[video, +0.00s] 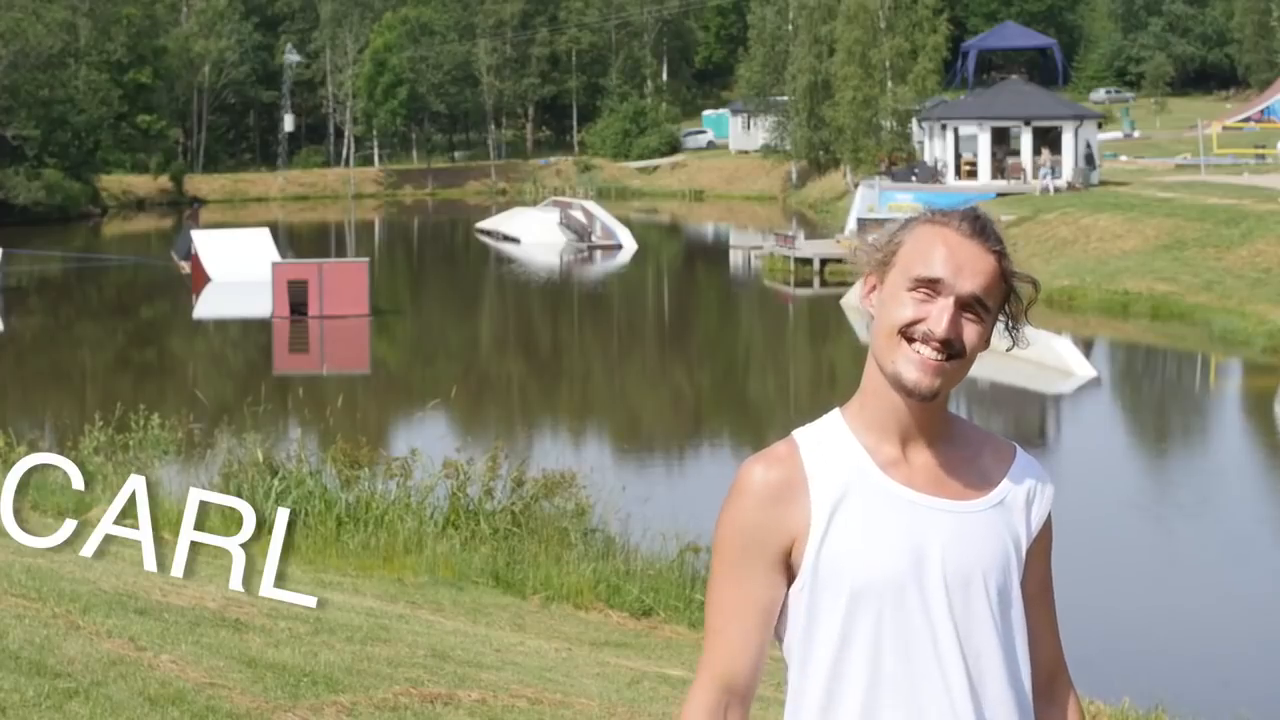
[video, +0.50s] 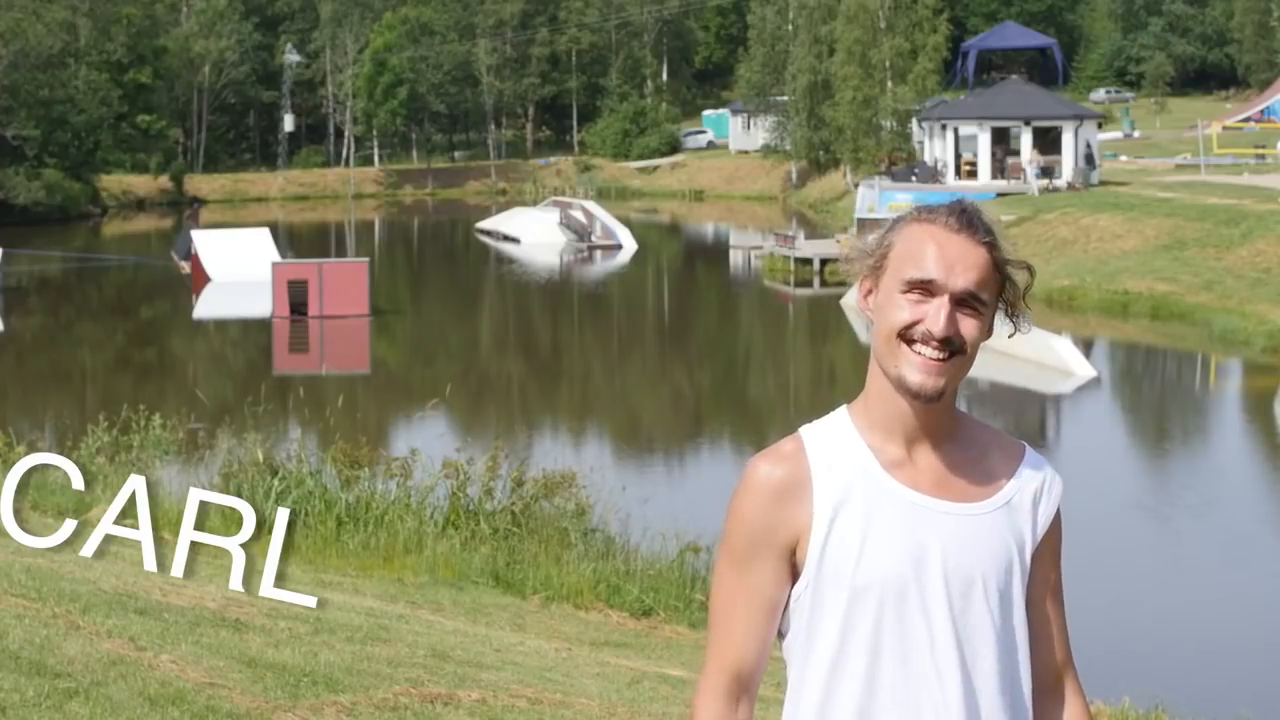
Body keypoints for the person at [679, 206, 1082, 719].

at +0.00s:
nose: (943, 325)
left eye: (973, 309)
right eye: (926, 290)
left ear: (987, 336)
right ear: (872, 293)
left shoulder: (1021, 485)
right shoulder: (780, 485)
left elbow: (1051, 691)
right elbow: (721, 693)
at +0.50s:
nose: (942, 324)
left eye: (969, 305)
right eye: (919, 291)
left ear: (989, 326)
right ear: (869, 296)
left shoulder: (1029, 484)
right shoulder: (786, 481)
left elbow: (1054, 685)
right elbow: (728, 692)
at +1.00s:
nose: (967, 331)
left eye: (992, 305)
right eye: (941, 300)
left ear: (1017, 321)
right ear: (890, 306)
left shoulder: (1053, 498)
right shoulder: (802, 465)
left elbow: (1065, 703)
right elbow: (695, 644)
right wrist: (767, 717)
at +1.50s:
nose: (845, 323)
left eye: (868, 293)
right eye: (814, 298)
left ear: (902, 298)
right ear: (774, 310)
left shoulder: (994, 443)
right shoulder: (757, 457)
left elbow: (1116, 636)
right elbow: (653, 624)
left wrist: (1229, 713)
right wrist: (725, 421)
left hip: (974, 711)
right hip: (795, 711)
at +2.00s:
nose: (778, 348)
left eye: (800, 313)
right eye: (749, 326)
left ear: (858, 296)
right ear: (731, 334)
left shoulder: (988, 455)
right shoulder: (742, 483)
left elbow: (1095, 662)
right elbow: (630, 696)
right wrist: (693, 524)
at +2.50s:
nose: (869, 399)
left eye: (895, 366)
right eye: (842, 370)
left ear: (957, 328)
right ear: (820, 350)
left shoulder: (1079, 464)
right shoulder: (834, 505)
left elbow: (1155, 694)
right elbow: (803, 697)